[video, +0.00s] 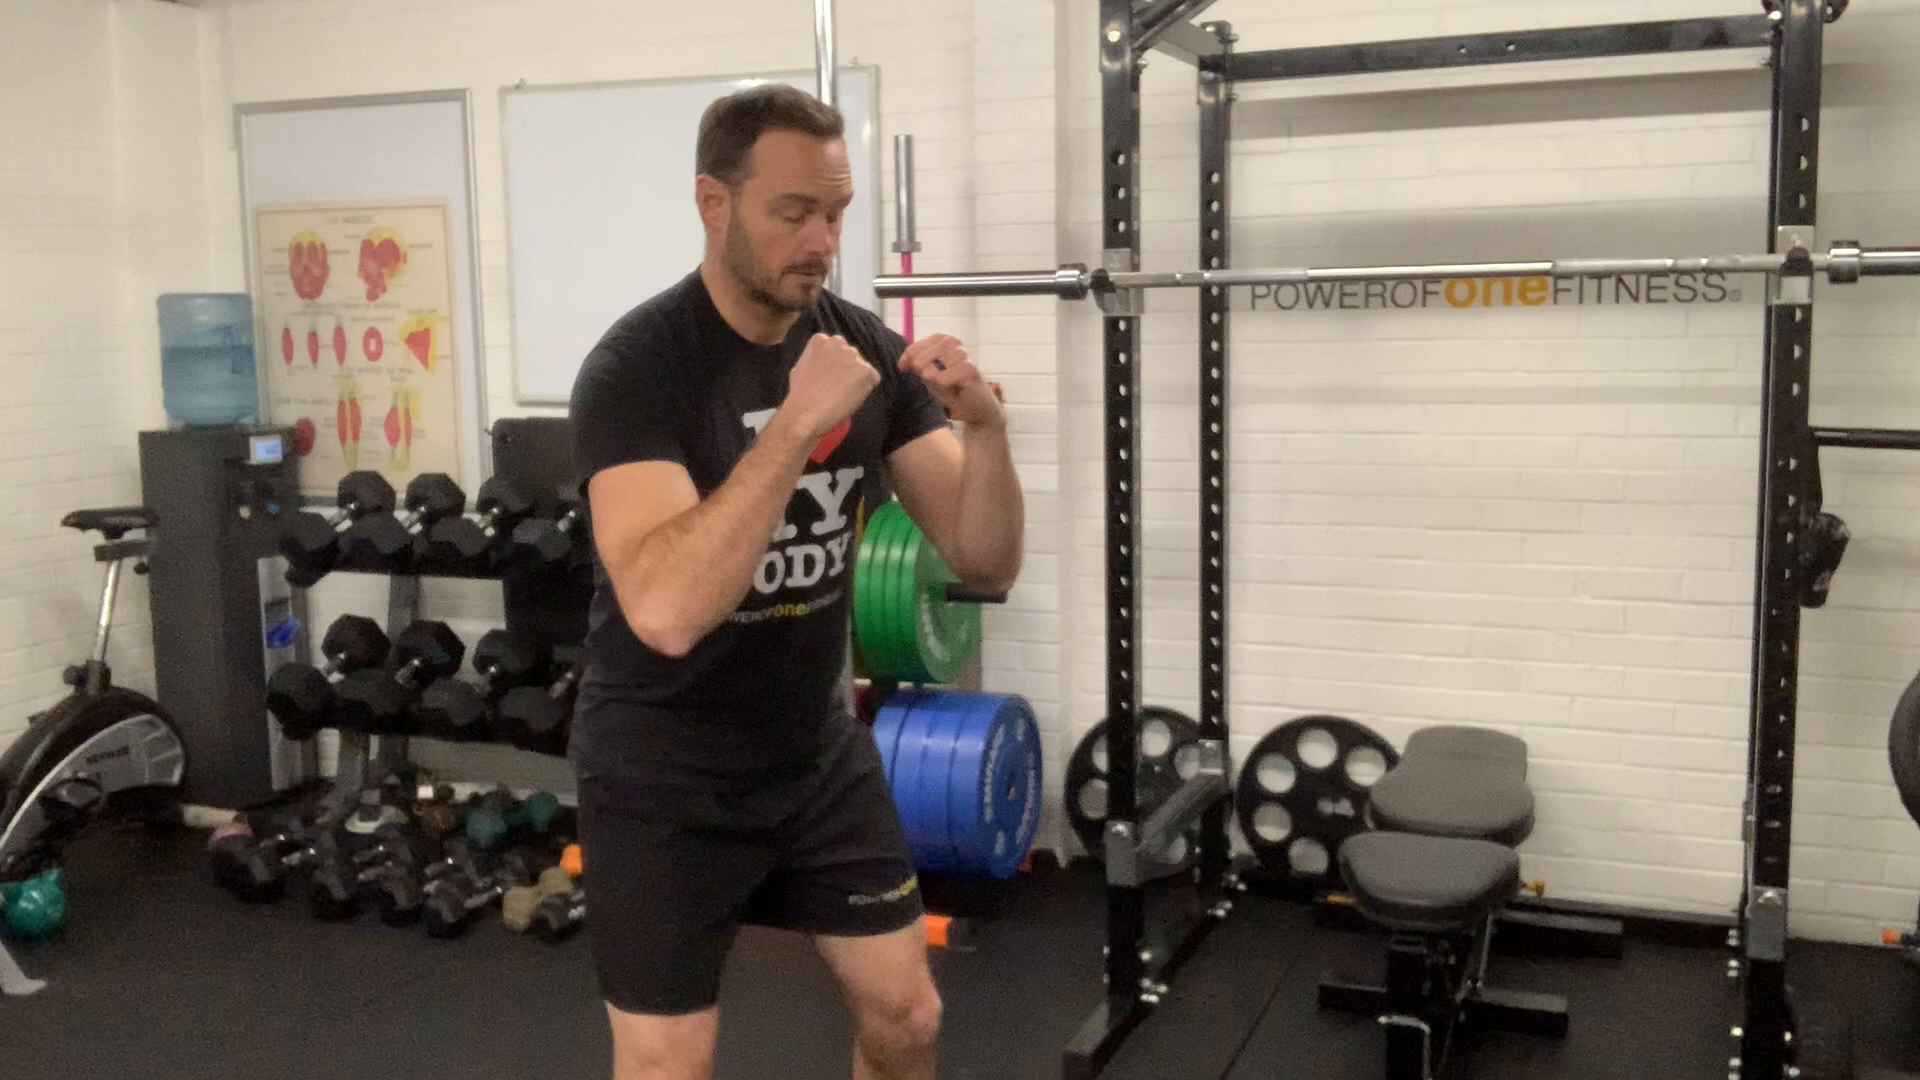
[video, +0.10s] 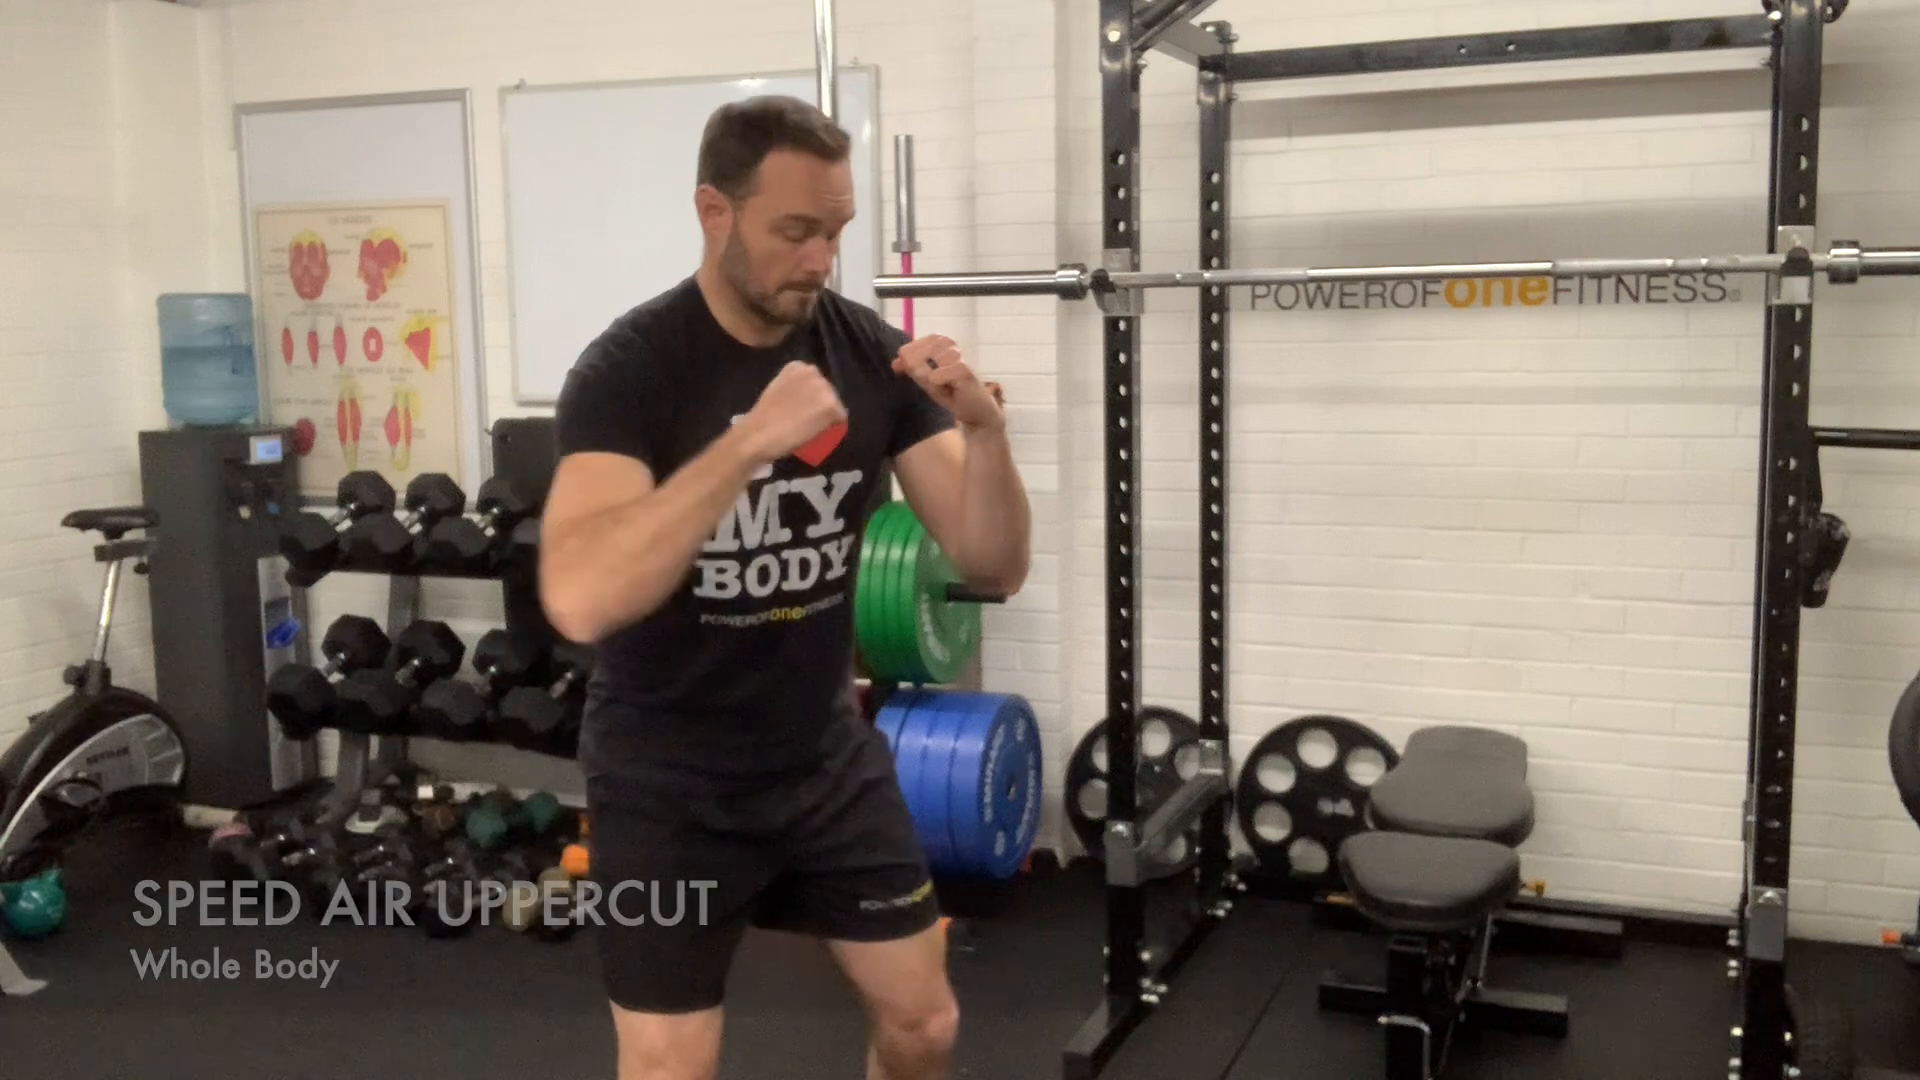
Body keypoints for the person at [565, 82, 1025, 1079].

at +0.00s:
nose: (822, 242)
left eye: (836, 212)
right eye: (796, 212)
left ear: (849, 209)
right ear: (712, 203)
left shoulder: (860, 346)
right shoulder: (634, 369)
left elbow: (985, 566)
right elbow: (664, 607)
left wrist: (985, 429)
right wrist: (799, 420)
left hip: (817, 741)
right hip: (662, 761)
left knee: (907, 1018)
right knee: (666, 1061)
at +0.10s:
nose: (822, 260)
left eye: (836, 232)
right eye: (797, 231)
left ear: (849, 220)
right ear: (713, 211)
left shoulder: (863, 348)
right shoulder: (628, 371)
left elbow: (992, 567)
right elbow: (580, 597)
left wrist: (985, 430)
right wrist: (746, 447)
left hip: (827, 747)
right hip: (666, 767)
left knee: (924, 1030)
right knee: (669, 1062)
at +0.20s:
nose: (832, 283)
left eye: (848, 255)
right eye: (810, 257)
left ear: (863, 234)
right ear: (728, 226)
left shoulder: (879, 344)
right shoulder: (636, 356)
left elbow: (1020, 558)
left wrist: (997, 425)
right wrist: (606, 456)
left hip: (838, 743)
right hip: (676, 755)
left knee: (940, 1030)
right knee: (668, 1058)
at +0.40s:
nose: (886, 351)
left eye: (897, 322)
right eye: (859, 326)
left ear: (908, 299)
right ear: (772, 298)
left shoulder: (919, 388)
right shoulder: (654, 384)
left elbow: (1088, 577)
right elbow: (447, 425)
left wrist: (1038, 451)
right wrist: (384, 488)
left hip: (845, 750)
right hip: (682, 760)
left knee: (944, 1028)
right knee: (671, 1053)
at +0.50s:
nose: (917, 373)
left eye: (921, 348)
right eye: (899, 353)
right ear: (811, 347)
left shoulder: (926, 411)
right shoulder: (678, 456)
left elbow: (1038, 596)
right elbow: (501, 554)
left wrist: (1029, 536)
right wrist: (460, 709)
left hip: (841, 764)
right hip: (695, 779)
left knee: (947, 1029)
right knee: (712, 1066)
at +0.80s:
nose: (948, 287)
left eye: (957, 263)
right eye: (941, 257)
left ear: (865, 235)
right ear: (863, 231)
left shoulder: (782, 324)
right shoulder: (782, 355)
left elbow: (673, 428)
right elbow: (992, 480)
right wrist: (1046, 300)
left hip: (821, 744)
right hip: (712, 773)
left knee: (892, 1003)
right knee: (738, 1061)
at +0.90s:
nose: (966, 310)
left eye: (978, 287)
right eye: (956, 277)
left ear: (882, 250)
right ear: (877, 243)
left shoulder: (896, 399)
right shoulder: (742, 361)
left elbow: (829, 577)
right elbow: (790, 572)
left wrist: (897, 674)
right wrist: (967, 458)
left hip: (810, 764)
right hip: (680, 782)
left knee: (914, 1021)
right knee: (701, 1065)